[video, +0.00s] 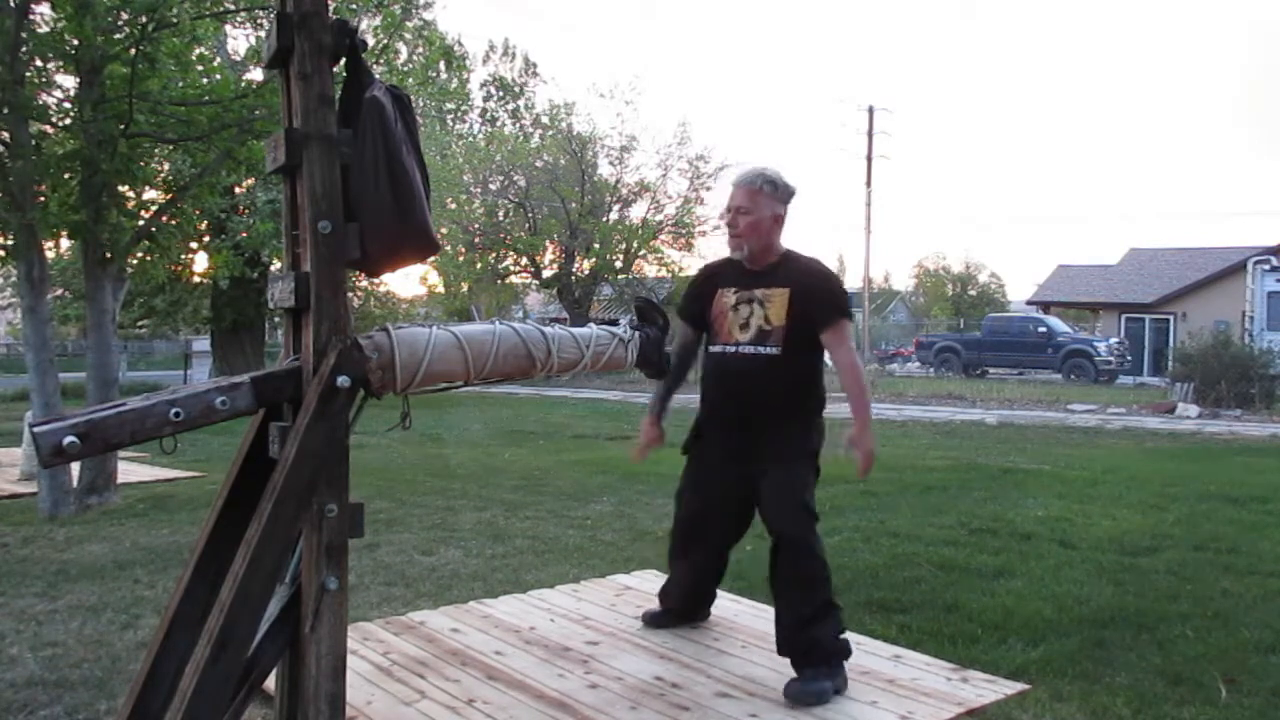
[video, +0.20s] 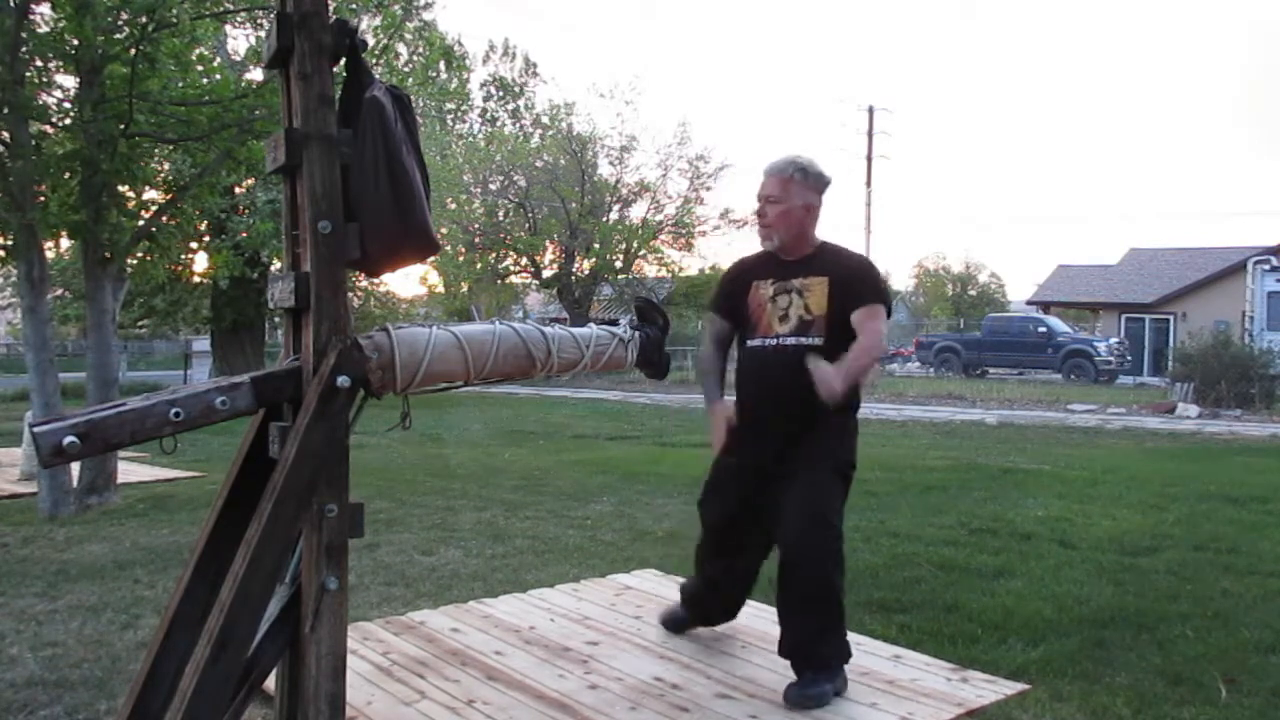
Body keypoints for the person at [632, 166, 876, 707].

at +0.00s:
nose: (732, 223)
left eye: (745, 214)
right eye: (730, 212)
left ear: (779, 217)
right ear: (728, 214)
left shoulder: (813, 281)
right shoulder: (711, 280)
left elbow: (843, 355)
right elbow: (681, 352)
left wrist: (862, 425)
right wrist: (655, 413)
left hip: (788, 436)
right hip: (720, 431)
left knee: (793, 535)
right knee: (697, 521)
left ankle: (820, 662)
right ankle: (686, 603)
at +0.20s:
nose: (761, 213)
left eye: (775, 205)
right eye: (760, 203)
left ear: (811, 210)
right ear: (759, 205)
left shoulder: (851, 271)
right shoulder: (742, 276)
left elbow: (873, 336)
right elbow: (712, 346)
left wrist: (840, 373)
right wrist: (715, 406)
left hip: (821, 431)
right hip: (755, 427)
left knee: (809, 536)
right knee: (724, 515)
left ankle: (820, 667)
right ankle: (708, 602)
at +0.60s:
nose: (789, 199)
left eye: (800, 190)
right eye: (789, 189)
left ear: (840, 194)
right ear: (797, 192)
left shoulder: (873, 257)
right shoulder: (789, 250)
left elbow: (805, 305)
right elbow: (730, 267)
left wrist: (748, 278)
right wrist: (674, 233)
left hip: (829, 425)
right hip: (768, 405)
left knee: (807, 544)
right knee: (702, 379)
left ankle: (822, 667)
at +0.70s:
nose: (791, 199)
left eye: (803, 189)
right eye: (791, 188)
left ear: (842, 191)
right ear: (813, 191)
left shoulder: (873, 255)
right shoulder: (790, 248)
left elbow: (802, 304)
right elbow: (724, 256)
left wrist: (750, 279)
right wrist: (662, 230)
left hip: (824, 421)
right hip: (768, 393)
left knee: (804, 538)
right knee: (702, 348)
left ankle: (823, 664)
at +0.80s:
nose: (796, 201)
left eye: (807, 190)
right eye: (794, 191)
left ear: (847, 192)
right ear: (802, 193)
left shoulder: (875, 255)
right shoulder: (797, 247)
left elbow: (798, 303)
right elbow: (727, 248)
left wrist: (751, 276)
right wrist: (654, 231)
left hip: (821, 421)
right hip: (763, 385)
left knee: (804, 540)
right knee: (670, 358)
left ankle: (822, 666)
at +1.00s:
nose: (799, 202)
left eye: (811, 191)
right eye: (798, 191)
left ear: (851, 194)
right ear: (802, 193)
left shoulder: (876, 255)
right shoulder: (801, 252)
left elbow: (803, 301)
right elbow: (730, 252)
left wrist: (755, 276)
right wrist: (658, 232)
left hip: (824, 424)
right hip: (766, 395)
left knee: (804, 543)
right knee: (667, 379)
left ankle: (822, 665)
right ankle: (538, 361)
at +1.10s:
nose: (800, 202)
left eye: (811, 192)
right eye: (799, 192)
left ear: (851, 194)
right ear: (804, 194)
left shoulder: (879, 255)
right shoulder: (804, 253)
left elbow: (805, 303)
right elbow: (737, 255)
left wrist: (753, 276)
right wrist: (662, 233)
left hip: (828, 425)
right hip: (772, 396)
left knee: (807, 542)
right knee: (680, 375)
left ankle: (822, 666)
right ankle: (554, 371)